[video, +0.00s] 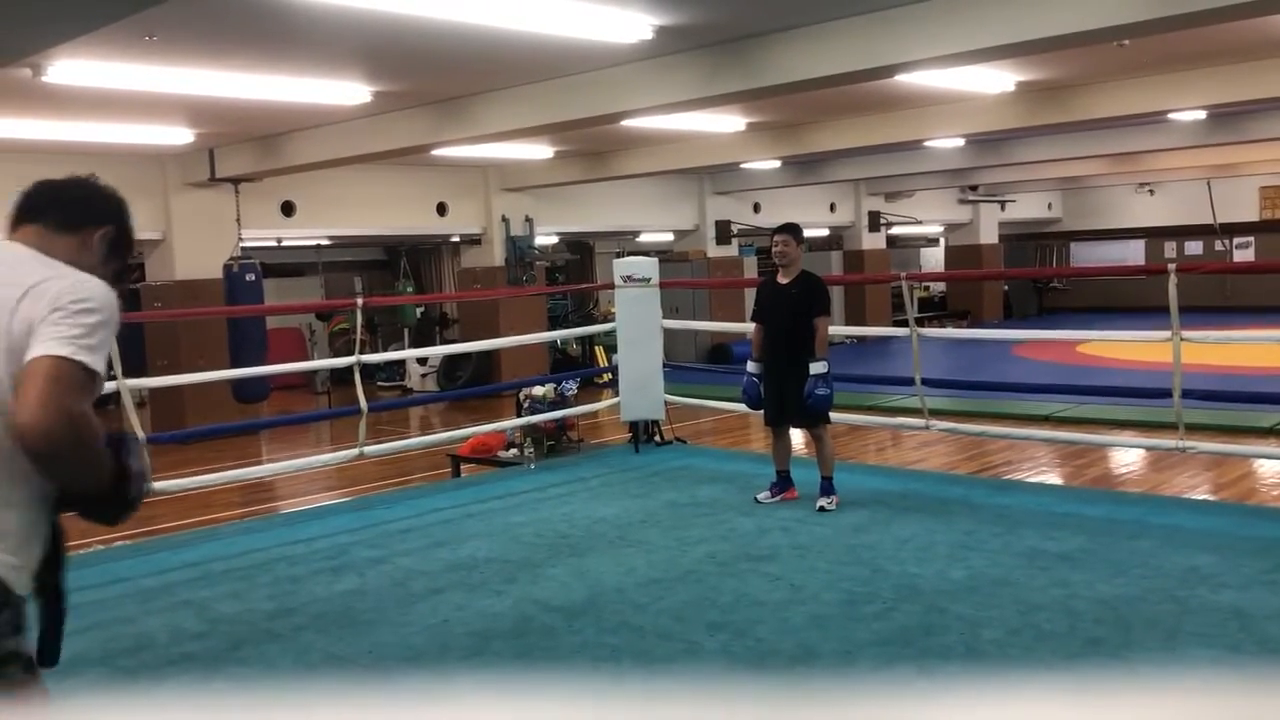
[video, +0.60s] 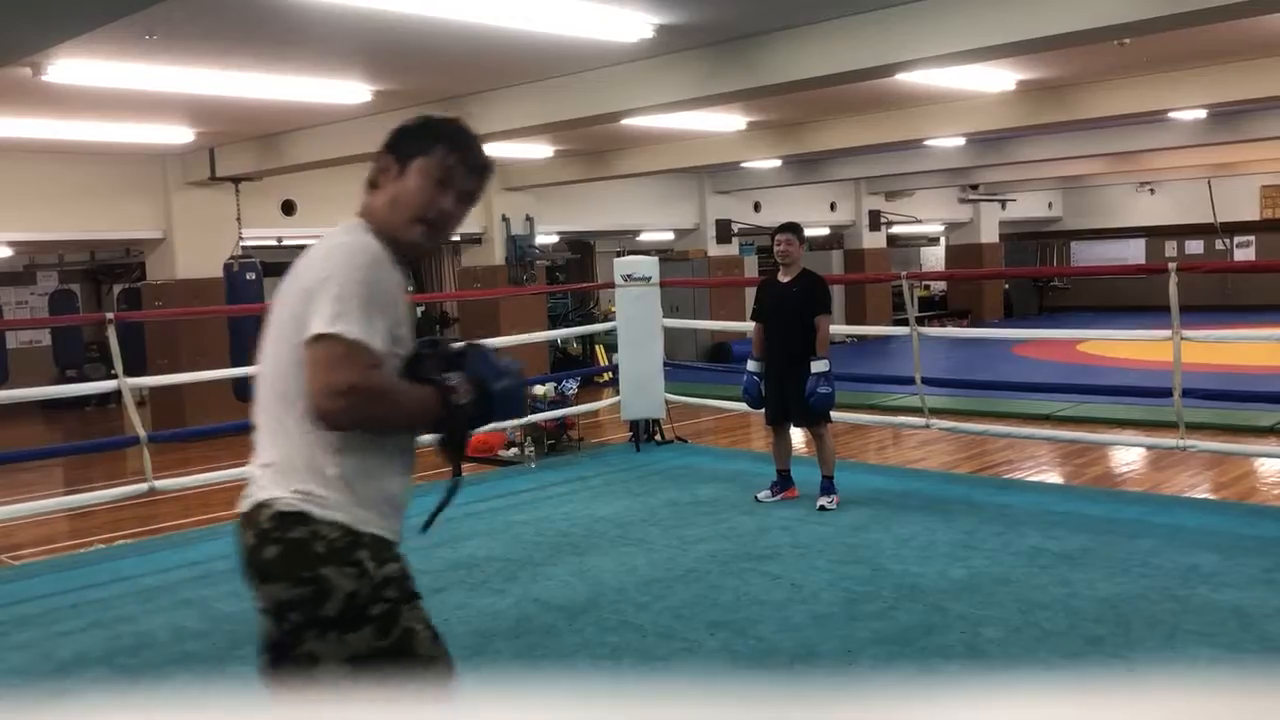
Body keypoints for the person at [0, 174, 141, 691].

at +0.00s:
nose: (109, 278)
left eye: (116, 267)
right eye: (113, 262)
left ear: (20, 225)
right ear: (96, 238)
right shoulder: (76, 291)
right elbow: (42, 419)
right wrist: (106, 484)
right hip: (5, 583)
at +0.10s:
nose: (152, 288)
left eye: (160, 281)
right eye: (158, 276)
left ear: (79, 231)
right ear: (146, 238)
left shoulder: (10, 274)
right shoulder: (116, 286)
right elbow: (76, 412)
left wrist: (127, 432)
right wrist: (163, 471)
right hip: (24, 577)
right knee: (67, 710)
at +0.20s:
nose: (208, 288)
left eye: (219, 283)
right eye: (217, 274)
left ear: (147, 225)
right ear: (203, 232)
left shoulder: (42, 284)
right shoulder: (162, 274)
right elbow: (115, 398)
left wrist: (187, 408)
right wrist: (215, 452)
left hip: (11, 557)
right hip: (70, 566)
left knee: (74, 711)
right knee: (143, 714)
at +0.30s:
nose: (281, 273)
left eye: (295, 262)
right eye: (292, 252)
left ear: (249, 207)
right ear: (257, 208)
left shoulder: (125, 266)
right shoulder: (202, 261)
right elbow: (152, 385)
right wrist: (253, 434)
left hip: (69, 547)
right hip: (123, 549)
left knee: (143, 710)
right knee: (243, 706)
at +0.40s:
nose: (349, 235)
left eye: (357, 226)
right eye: (345, 213)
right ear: (289, 182)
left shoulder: (203, 253)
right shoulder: (246, 254)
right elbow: (193, 381)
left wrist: (293, 395)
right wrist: (303, 425)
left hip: (143, 536)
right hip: (181, 539)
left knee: (192, 711)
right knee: (314, 697)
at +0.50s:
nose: (394, 218)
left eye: (409, 210)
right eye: (387, 193)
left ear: (410, 220)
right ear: (331, 176)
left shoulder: (280, 257)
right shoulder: (297, 256)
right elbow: (254, 391)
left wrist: (359, 384)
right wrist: (373, 413)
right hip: (253, 536)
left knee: (230, 706)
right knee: (354, 700)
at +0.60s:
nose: (449, 207)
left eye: (464, 200)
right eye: (441, 182)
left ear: (467, 215)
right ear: (386, 172)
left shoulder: (343, 256)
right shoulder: (356, 256)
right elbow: (338, 394)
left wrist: (432, 382)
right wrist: (448, 402)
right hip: (321, 530)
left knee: (308, 700)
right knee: (421, 691)